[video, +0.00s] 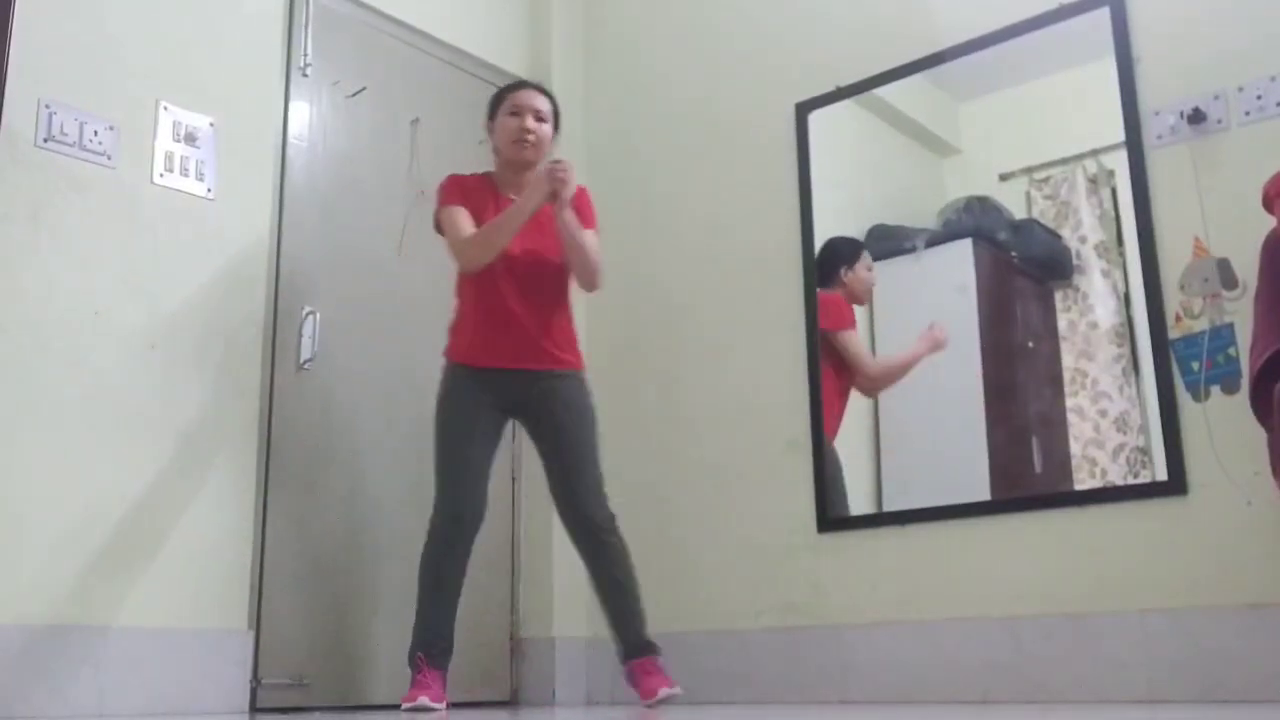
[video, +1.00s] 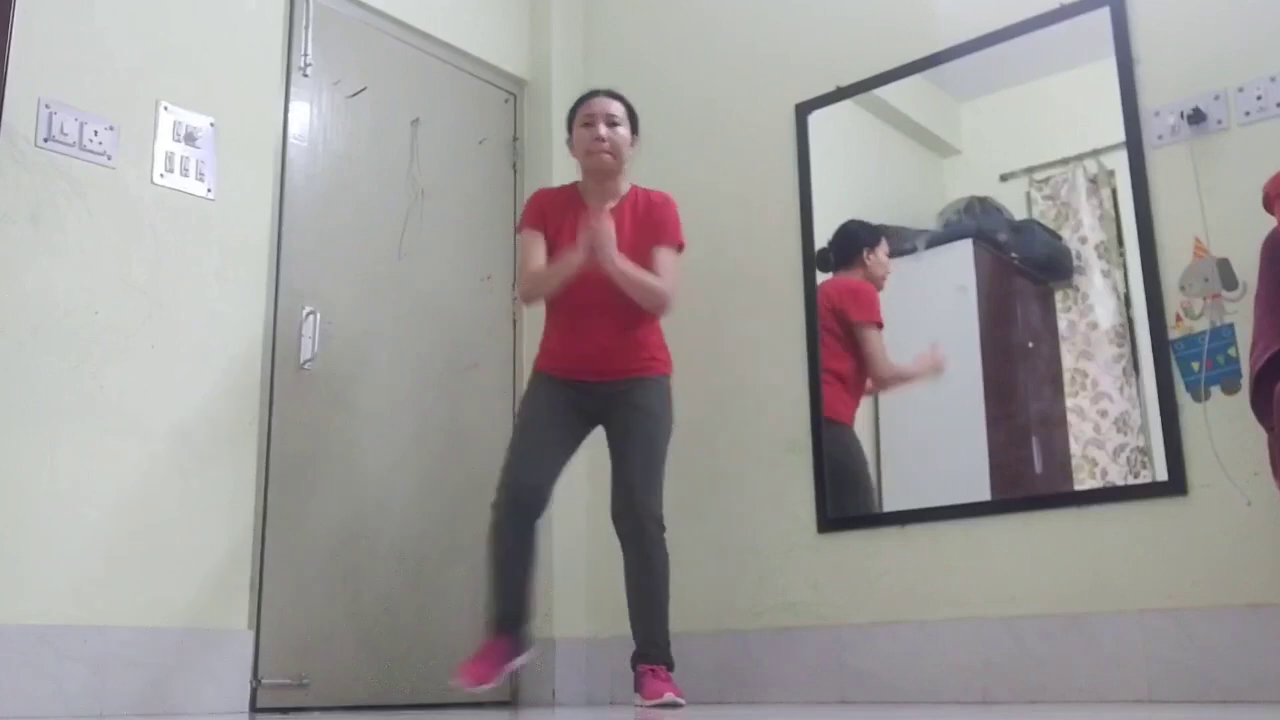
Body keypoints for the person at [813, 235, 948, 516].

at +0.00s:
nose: (873, 279)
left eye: (872, 270)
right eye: (868, 269)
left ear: (845, 274)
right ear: (845, 273)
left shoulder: (825, 305)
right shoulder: (831, 303)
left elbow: (869, 385)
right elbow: (870, 375)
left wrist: (922, 348)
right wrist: (924, 346)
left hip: (817, 442)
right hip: (813, 443)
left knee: (833, 527)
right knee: (835, 528)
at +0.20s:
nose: (883, 272)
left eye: (881, 263)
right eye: (876, 262)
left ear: (853, 268)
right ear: (851, 267)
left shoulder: (831, 301)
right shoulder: (846, 295)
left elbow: (864, 398)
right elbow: (871, 369)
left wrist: (927, 409)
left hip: (821, 433)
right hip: (822, 434)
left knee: (841, 527)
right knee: (851, 526)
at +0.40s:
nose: (894, 269)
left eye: (895, 261)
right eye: (885, 259)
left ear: (853, 267)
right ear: (855, 263)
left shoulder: (832, 293)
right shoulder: (858, 290)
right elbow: (850, 349)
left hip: (818, 425)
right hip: (830, 427)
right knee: (860, 514)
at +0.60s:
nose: (900, 268)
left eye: (902, 260)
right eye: (892, 257)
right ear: (863, 258)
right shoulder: (864, 283)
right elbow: (833, 291)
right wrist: (809, 372)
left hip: (839, 419)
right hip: (836, 418)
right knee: (858, 517)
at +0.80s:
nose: (899, 269)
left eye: (899, 259)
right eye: (895, 257)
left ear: (871, 259)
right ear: (872, 259)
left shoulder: (830, 291)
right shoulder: (859, 288)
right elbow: (840, 343)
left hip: (821, 423)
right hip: (840, 426)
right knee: (862, 526)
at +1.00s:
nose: (889, 267)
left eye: (888, 257)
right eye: (886, 256)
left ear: (840, 258)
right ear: (867, 257)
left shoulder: (824, 291)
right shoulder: (857, 291)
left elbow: (853, 385)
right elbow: (881, 373)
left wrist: (911, 375)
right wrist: (924, 367)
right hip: (829, 422)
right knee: (860, 517)